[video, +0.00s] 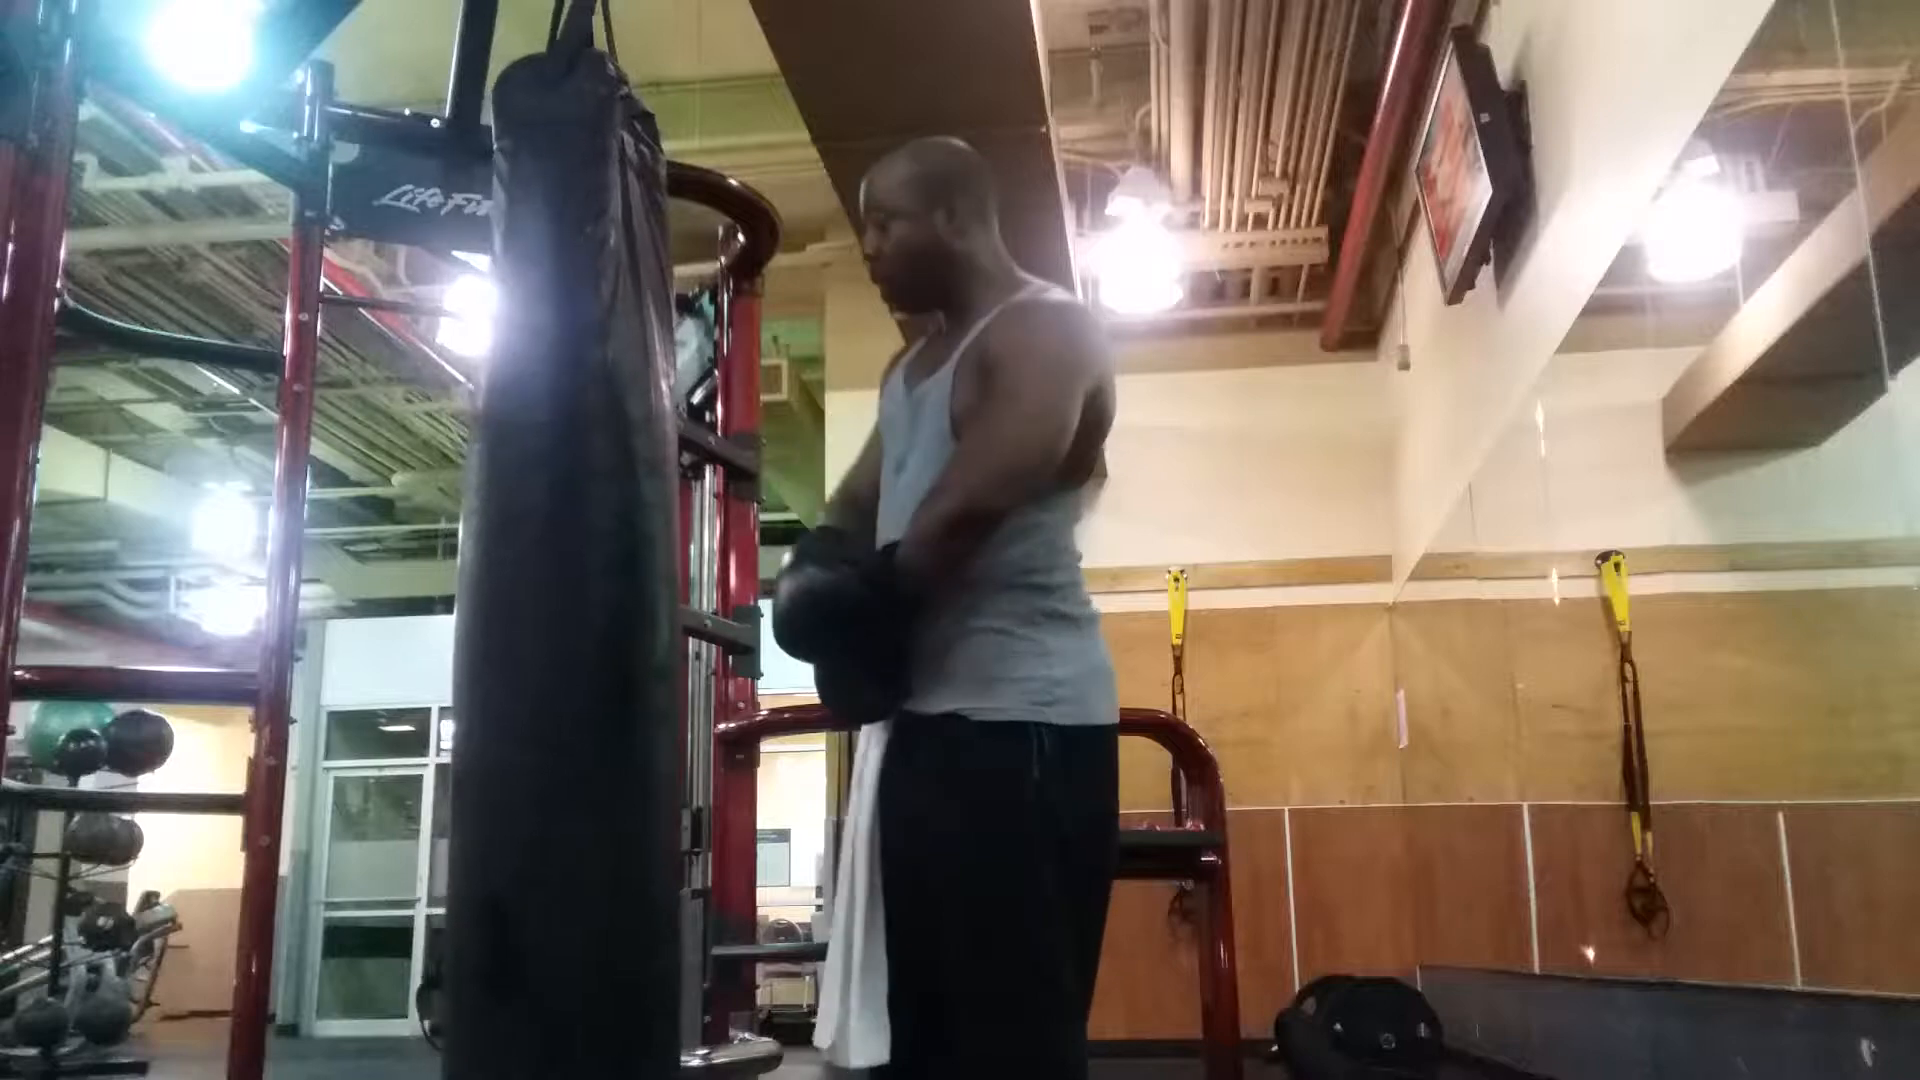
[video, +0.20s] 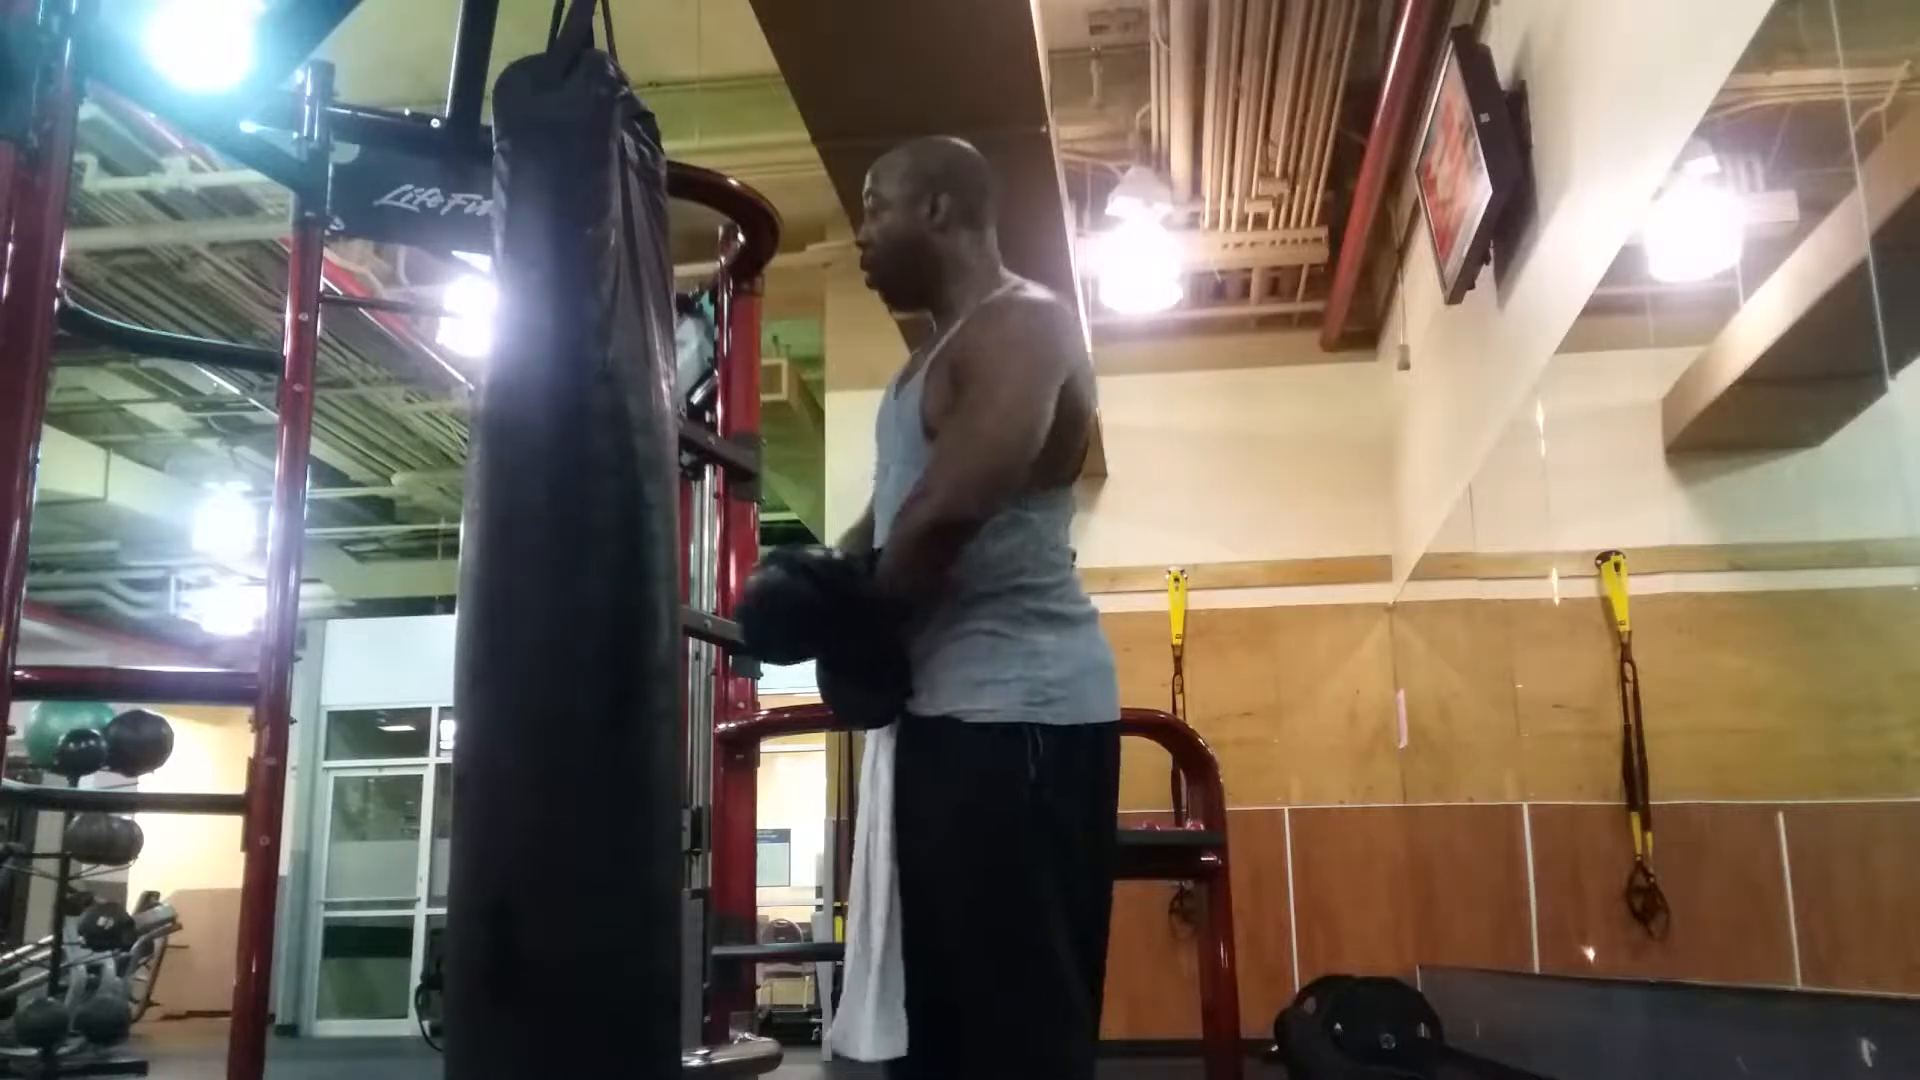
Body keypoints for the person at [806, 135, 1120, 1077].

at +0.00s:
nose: (868, 248)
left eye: (882, 225)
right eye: (865, 230)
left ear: (954, 219)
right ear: (935, 227)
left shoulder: (1042, 320)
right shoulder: (914, 366)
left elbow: (979, 501)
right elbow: (850, 511)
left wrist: (866, 609)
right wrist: (818, 584)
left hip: (1021, 727)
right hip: (926, 726)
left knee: (1005, 1033)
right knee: (923, 1027)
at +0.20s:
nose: (859, 232)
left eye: (875, 207)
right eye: (861, 211)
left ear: (938, 211)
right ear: (937, 214)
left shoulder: (1021, 319)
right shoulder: (931, 360)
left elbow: (954, 509)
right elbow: (882, 527)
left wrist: (862, 626)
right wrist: (817, 590)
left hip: (1019, 718)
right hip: (953, 717)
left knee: (1011, 1029)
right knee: (951, 1023)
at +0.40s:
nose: (851, 237)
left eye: (868, 212)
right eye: (857, 216)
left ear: (926, 218)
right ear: (933, 222)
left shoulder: (988, 324)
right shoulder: (949, 346)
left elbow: (962, 487)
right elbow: (917, 534)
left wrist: (824, 592)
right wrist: (793, 583)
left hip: (996, 720)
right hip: (955, 718)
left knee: (1007, 1030)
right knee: (984, 1027)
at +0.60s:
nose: (843, 245)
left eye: (859, 222)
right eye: (851, 225)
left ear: (917, 231)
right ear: (924, 237)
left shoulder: (975, 330)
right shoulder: (925, 367)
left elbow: (959, 469)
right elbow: (926, 575)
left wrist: (781, 465)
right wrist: (785, 567)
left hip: (968, 720)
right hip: (937, 720)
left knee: (975, 1027)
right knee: (971, 1027)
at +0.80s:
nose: (847, 256)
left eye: (864, 236)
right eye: (853, 238)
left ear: (926, 246)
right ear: (933, 252)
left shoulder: (968, 340)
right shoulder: (928, 363)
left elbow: (887, 468)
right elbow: (863, 541)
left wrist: (785, 447)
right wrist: (721, 464)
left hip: (952, 720)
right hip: (921, 719)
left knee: (948, 1015)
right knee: (931, 1015)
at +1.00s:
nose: (839, 270)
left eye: (854, 249)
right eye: (843, 252)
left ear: (917, 257)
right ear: (921, 262)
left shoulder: (965, 342)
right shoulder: (919, 378)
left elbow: (913, 460)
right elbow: (889, 570)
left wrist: (767, 387)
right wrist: (778, 508)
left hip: (943, 719)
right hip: (903, 720)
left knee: (938, 1013)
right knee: (901, 1010)